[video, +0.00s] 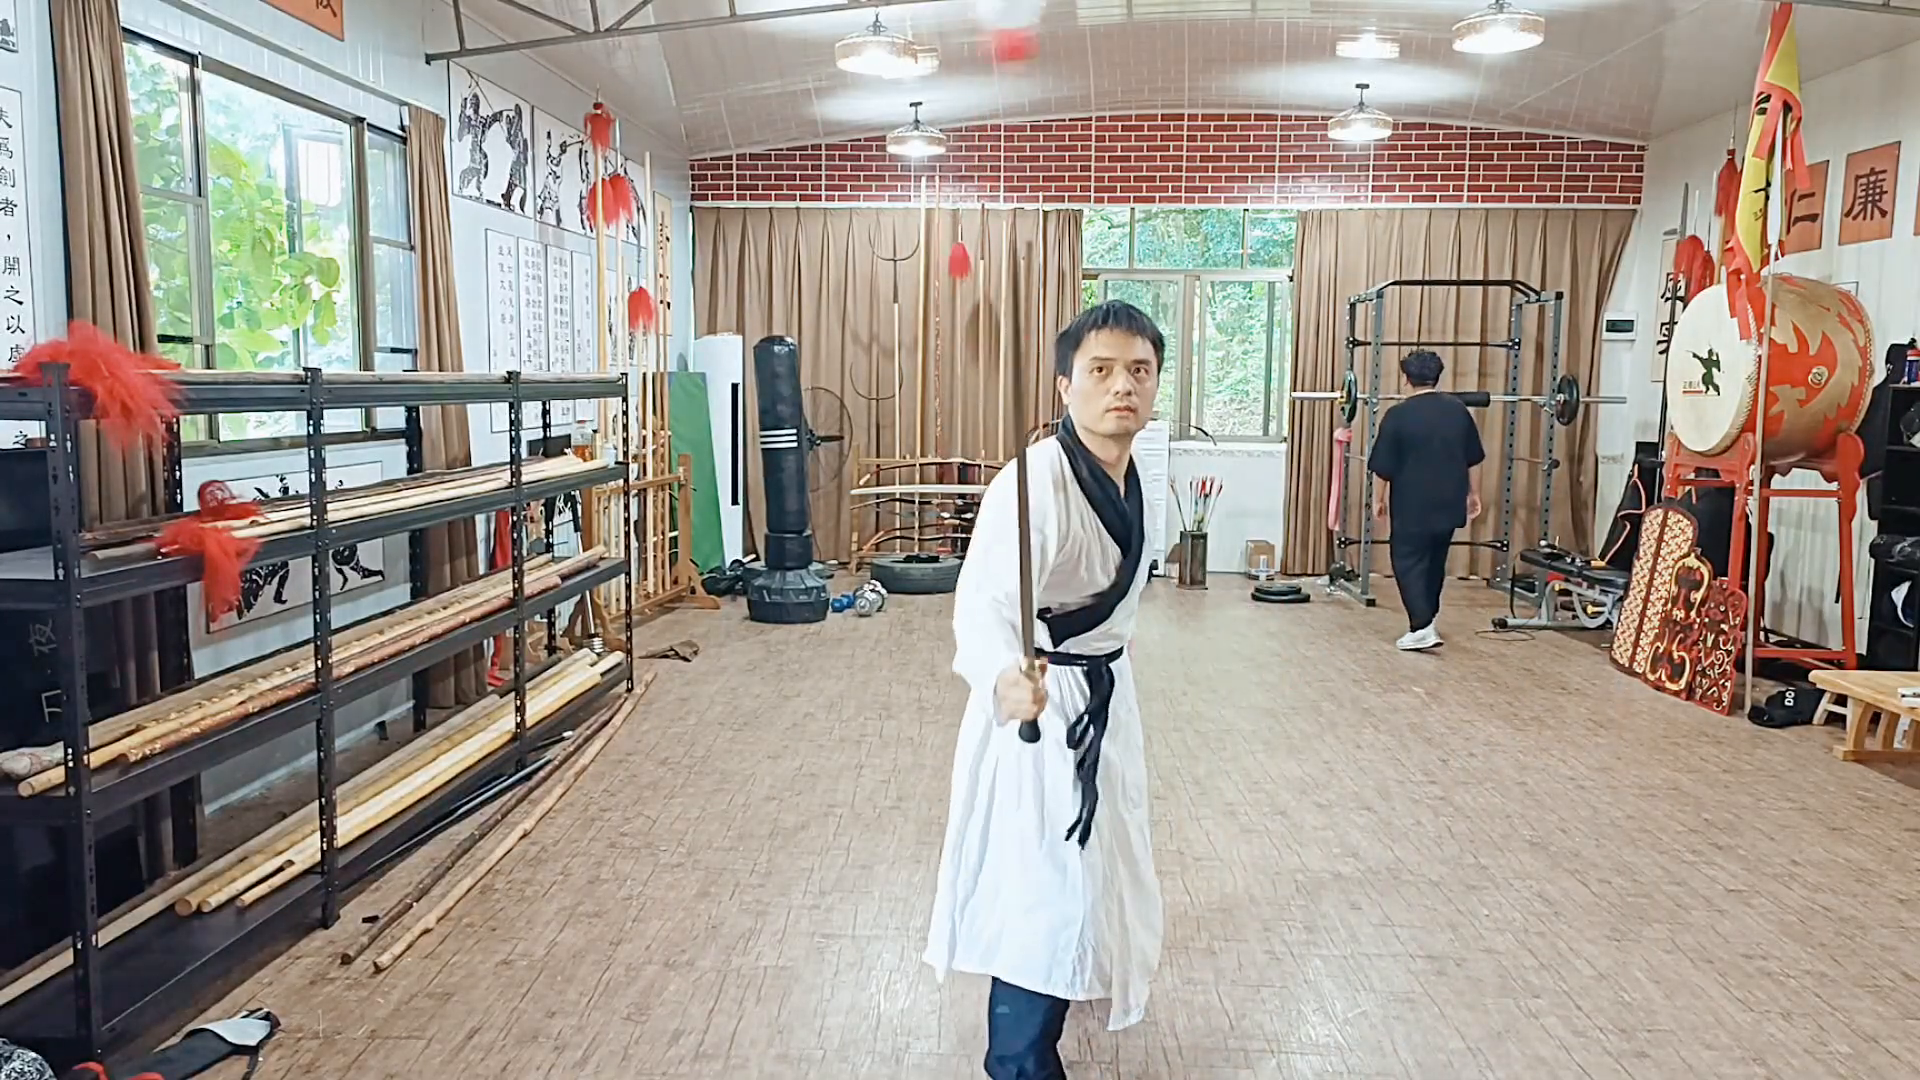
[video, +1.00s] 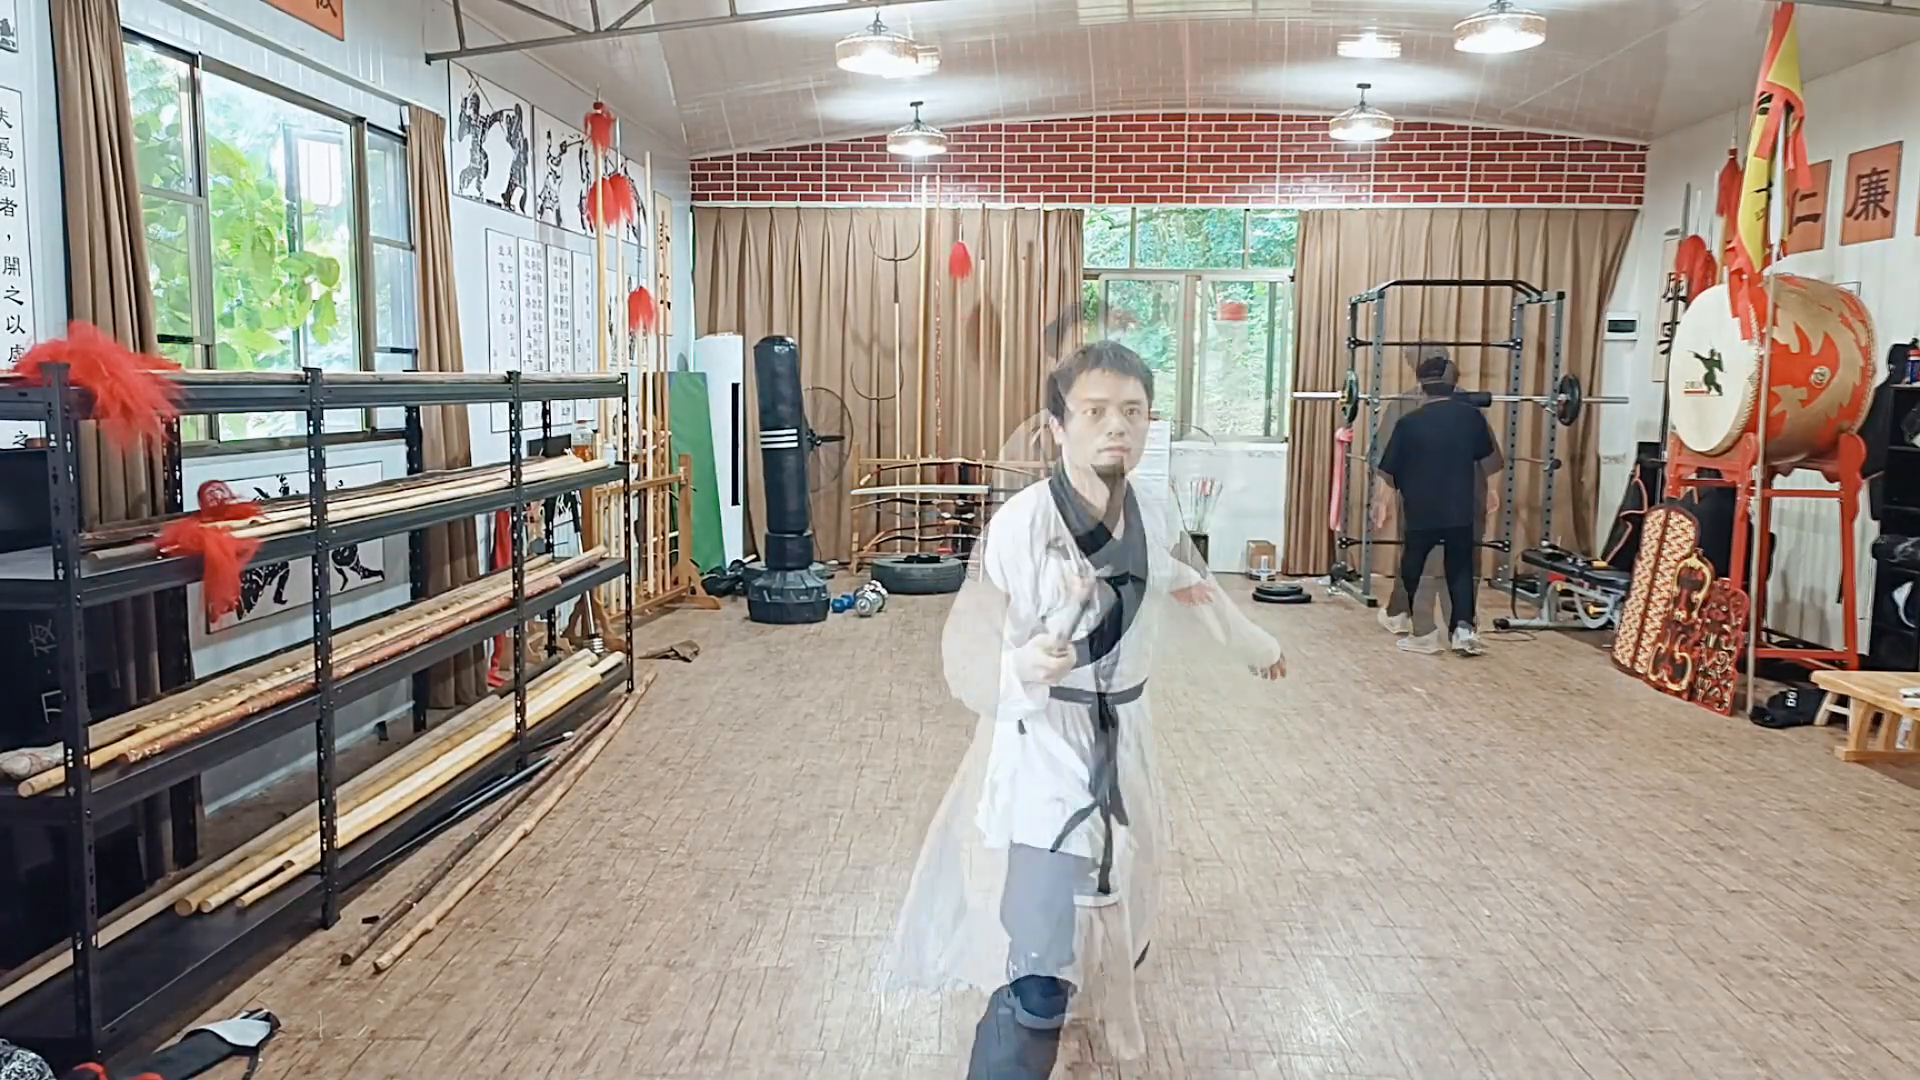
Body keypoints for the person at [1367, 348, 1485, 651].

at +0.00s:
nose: (1403, 380)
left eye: (1404, 376)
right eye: (1405, 376)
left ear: (1407, 379)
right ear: (1437, 377)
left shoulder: (1397, 414)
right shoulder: (1457, 408)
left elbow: (1382, 465)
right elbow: (1473, 457)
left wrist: (1380, 499)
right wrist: (1474, 491)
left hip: (1411, 505)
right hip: (1448, 503)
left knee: (1407, 563)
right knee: (1435, 562)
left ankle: (1422, 628)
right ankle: (1425, 623)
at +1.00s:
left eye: (1423, 383)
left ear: (1421, 387)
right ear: (1453, 384)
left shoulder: (1408, 423)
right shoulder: (1470, 416)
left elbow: (1388, 472)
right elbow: (1491, 462)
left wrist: (1381, 506)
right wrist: (1489, 490)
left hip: (1420, 513)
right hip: (1460, 512)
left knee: (1412, 563)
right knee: (1460, 569)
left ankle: (1405, 609)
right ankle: (1463, 629)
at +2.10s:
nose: (1435, 365)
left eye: (1438, 361)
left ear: (1440, 365)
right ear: (1473, 366)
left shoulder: (1423, 401)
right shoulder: (1488, 401)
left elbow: (1400, 454)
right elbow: (1502, 457)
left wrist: (1394, 491)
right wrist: (1495, 494)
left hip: (1429, 504)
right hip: (1472, 504)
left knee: (1430, 569)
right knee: (1468, 569)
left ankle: (1429, 634)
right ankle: (1464, 635)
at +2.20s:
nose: (1434, 365)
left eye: (1437, 361)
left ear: (1439, 364)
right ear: (1471, 366)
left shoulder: (1422, 400)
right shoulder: (1487, 401)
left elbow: (1399, 454)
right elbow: (1501, 456)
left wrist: (1392, 490)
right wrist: (1495, 493)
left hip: (1427, 504)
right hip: (1471, 504)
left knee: (1429, 568)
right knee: (1467, 569)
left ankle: (1429, 634)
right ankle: (1464, 635)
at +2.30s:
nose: (1433, 365)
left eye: (1436, 361)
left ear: (1437, 364)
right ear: (1470, 366)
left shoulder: (1420, 400)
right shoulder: (1485, 401)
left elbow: (1398, 454)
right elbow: (1499, 453)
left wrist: (1391, 488)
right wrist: (1497, 489)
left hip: (1426, 503)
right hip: (1469, 504)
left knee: (1429, 568)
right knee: (1466, 568)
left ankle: (1429, 634)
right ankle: (1464, 635)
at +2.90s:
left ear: (1428, 366)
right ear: (1461, 367)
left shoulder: (1409, 402)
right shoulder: (1477, 404)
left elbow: (1387, 455)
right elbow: (1491, 457)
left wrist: (1383, 490)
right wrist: (1489, 494)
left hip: (1418, 506)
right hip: (1461, 506)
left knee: (1422, 570)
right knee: (1460, 569)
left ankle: (1427, 635)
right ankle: (1464, 636)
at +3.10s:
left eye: (1424, 362)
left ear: (1424, 367)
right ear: (1458, 368)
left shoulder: (1407, 404)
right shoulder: (1474, 404)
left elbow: (1386, 457)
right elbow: (1490, 457)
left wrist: (1382, 492)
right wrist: (1489, 493)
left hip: (1418, 507)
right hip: (1462, 507)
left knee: (1422, 570)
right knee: (1464, 564)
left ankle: (1428, 634)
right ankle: (1470, 624)